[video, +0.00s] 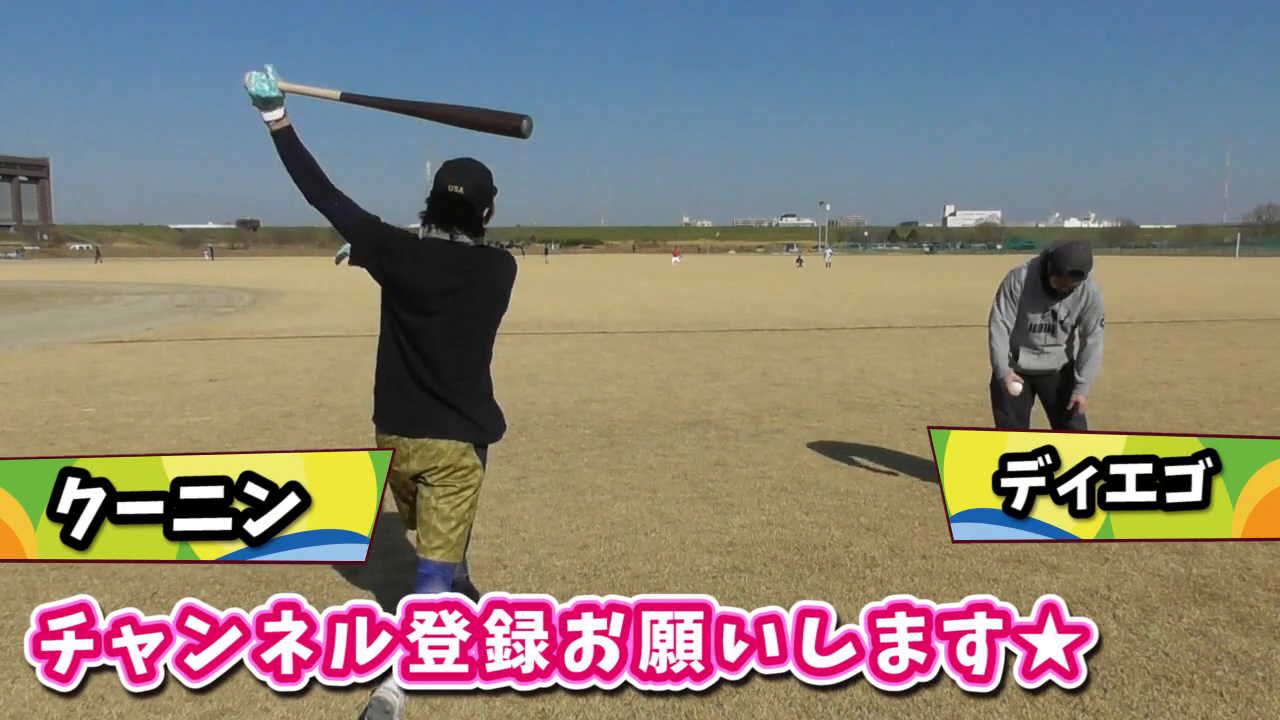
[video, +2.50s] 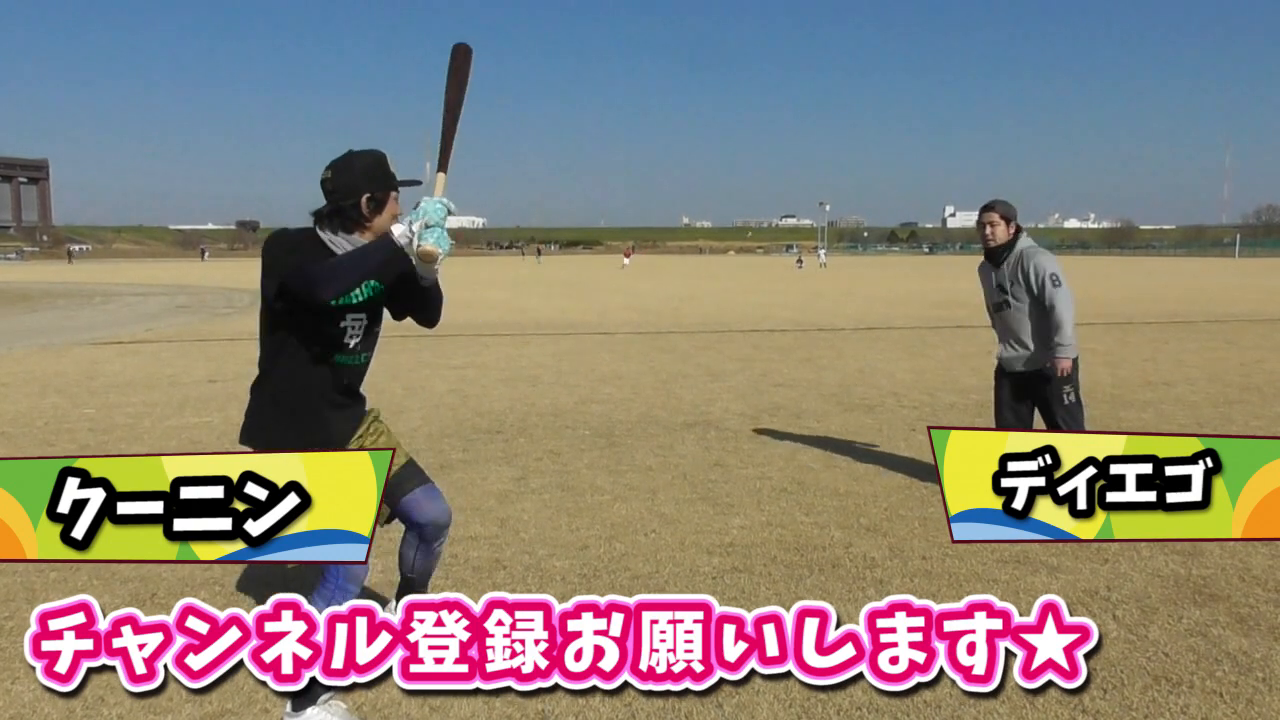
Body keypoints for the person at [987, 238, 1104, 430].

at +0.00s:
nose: (1065, 290)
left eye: (1072, 286)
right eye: (1060, 284)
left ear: (1082, 280)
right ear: (1049, 271)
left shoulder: (1089, 294)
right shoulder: (1018, 281)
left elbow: (1093, 342)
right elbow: (999, 325)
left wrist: (1082, 388)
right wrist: (1003, 370)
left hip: (1058, 373)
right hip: (1014, 371)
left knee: (1076, 439)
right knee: (1011, 441)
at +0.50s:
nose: (1043, 343)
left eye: (1052, 338)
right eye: (1039, 335)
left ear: (1065, 330)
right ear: (1030, 321)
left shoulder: (1077, 333)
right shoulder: (1008, 316)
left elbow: (1080, 383)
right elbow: (990, 352)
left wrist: (1073, 433)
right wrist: (989, 390)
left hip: (1056, 375)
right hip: (1014, 374)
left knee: (1075, 429)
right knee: (1010, 429)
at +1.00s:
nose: (1042, 279)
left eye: (1050, 274)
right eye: (1038, 271)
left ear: (1066, 273)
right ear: (1032, 265)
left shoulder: (1074, 303)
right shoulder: (1011, 283)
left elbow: (1078, 358)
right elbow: (990, 321)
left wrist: (1066, 413)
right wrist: (991, 364)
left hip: (1057, 374)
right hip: (1014, 373)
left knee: (1075, 437)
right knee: (1012, 438)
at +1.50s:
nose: (1035, 315)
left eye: (1044, 312)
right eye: (1033, 305)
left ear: (1060, 313)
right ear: (1029, 297)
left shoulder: (1068, 337)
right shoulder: (1007, 307)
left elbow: (1067, 391)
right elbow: (987, 346)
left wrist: (1060, 438)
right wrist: (986, 386)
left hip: (1051, 379)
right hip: (1011, 376)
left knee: (1074, 433)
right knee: (1009, 436)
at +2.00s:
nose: (1007, 237)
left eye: (1014, 230)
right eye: (1003, 231)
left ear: (1033, 232)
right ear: (998, 233)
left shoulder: (1059, 266)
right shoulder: (994, 272)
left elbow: (1083, 309)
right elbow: (979, 301)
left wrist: (1070, 352)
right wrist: (965, 321)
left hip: (1059, 369)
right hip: (1014, 371)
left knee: (1074, 444)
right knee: (1012, 444)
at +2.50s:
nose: (986, 232)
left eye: (993, 225)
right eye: (982, 226)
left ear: (1011, 228)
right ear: (978, 230)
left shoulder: (1036, 260)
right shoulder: (986, 269)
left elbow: (1061, 304)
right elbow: (999, 317)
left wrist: (1064, 352)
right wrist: (1011, 351)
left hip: (1050, 364)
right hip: (1011, 367)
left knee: (1070, 440)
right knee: (1010, 441)